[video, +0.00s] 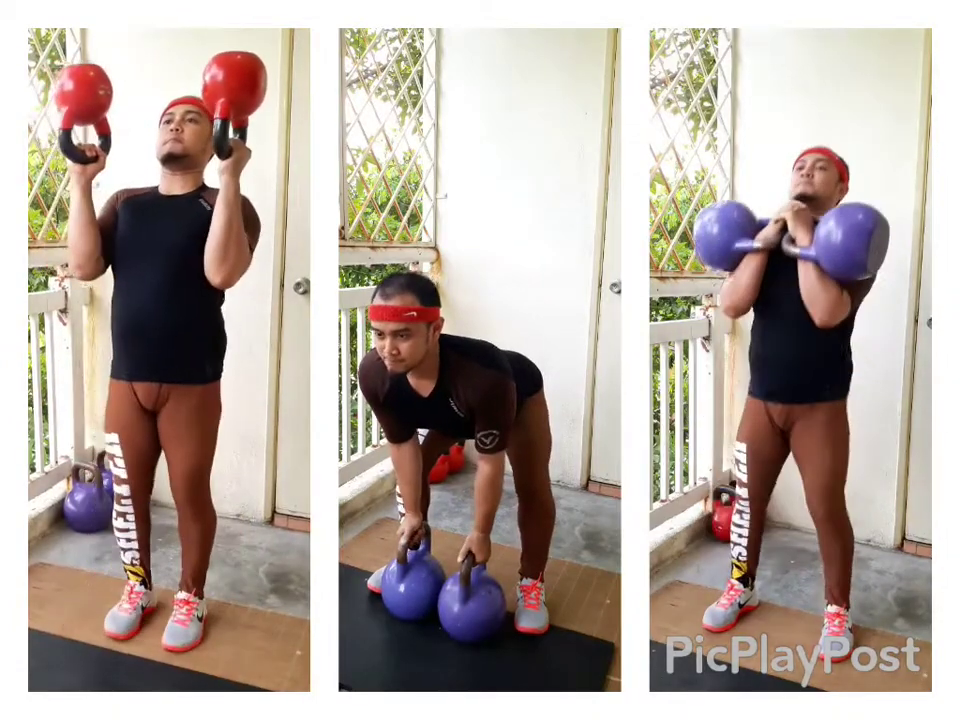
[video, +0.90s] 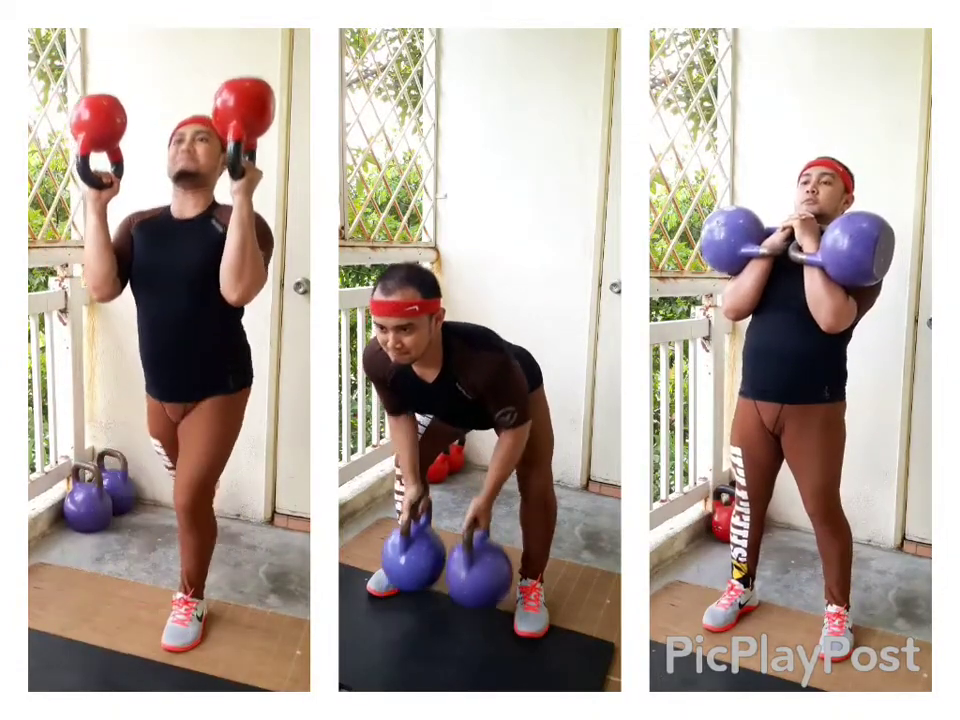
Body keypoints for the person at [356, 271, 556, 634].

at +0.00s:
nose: (389, 349)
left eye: (403, 335)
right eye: (379, 334)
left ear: (435, 329)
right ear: (371, 331)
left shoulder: (485, 378)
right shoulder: (374, 374)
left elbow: (490, 463)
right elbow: (403, 443)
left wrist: (480, 532)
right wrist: (411, 511)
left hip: (514, 394)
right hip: (451, 404)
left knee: (533, 489)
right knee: (413, 471)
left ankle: (532, 582)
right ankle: (410, 562)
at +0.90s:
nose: (393, 343)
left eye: (406, 330)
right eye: (382, 329)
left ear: (437, 318)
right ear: (373, 323)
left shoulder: (484, 360)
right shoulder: (378, 361)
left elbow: (516, 429)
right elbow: (399, 417)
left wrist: (486, 499)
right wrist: (412, 480)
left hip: (513, 395)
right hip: (452, 402)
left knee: (536, 486)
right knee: (407, 472)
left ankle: (531, 583)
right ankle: (406, 560)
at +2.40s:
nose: (391, 359)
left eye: (403, 346)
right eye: (380, 346)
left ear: (435, 333)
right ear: (372, 340)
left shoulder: (485, 373)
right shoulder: (376, 373)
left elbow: (497, 461)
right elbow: (398, 442)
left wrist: (481, 535)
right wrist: (407, 511)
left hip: (515, 390)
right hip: (450, 398)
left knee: (534, 486)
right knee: (414, 468)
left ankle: (531, 583)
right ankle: (409, 562)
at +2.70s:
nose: (395, 360)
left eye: (408, 347)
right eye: (384, 347)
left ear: (440, 337)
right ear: (376, 343)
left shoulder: (488, 375)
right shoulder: (378, 375)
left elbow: (493, 464)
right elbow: (398, 444)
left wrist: (481, 535)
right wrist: (406, 516)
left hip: (516, 392)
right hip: (451, 400)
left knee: (533, 487)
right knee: (415, 470)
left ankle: (531, 583)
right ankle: (408, 562)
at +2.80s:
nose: (395, 360)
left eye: (408, 347)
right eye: (384, 347)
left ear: (440, 337)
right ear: (377, 343)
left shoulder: (488, 375)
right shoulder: (379, 375)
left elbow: (494, 464)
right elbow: (399, 444)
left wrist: (481, 535)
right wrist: (405, 516)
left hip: (516, 391)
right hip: (452, 399)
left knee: (533, 486)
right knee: (415, 470)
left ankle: (531, 583)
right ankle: (408, 562)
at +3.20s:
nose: (393, 364)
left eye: (406, 350)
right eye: (383, 350)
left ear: (438, 338)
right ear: (375, 346)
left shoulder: (488, 376)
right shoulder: (379, 377)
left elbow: (493, 465)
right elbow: (400, 449)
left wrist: (482, 535)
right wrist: (411, 512)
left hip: (517, 390)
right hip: (453, 398)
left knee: (534, 486)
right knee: (417, 468)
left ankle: (531, 583)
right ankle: (410, 561)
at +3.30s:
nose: (393, 367)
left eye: (405, 353)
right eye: (383, 354)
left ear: (437, 342)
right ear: (375, 349)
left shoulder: (489, 377)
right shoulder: (379, 379)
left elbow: (494, 466)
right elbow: (402, 450)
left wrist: (482, 535)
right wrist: (417, 512)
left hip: (517, 391)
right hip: (451, 399)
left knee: (534, 486)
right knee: (416, 470)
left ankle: (531, 583)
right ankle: (410, 562)